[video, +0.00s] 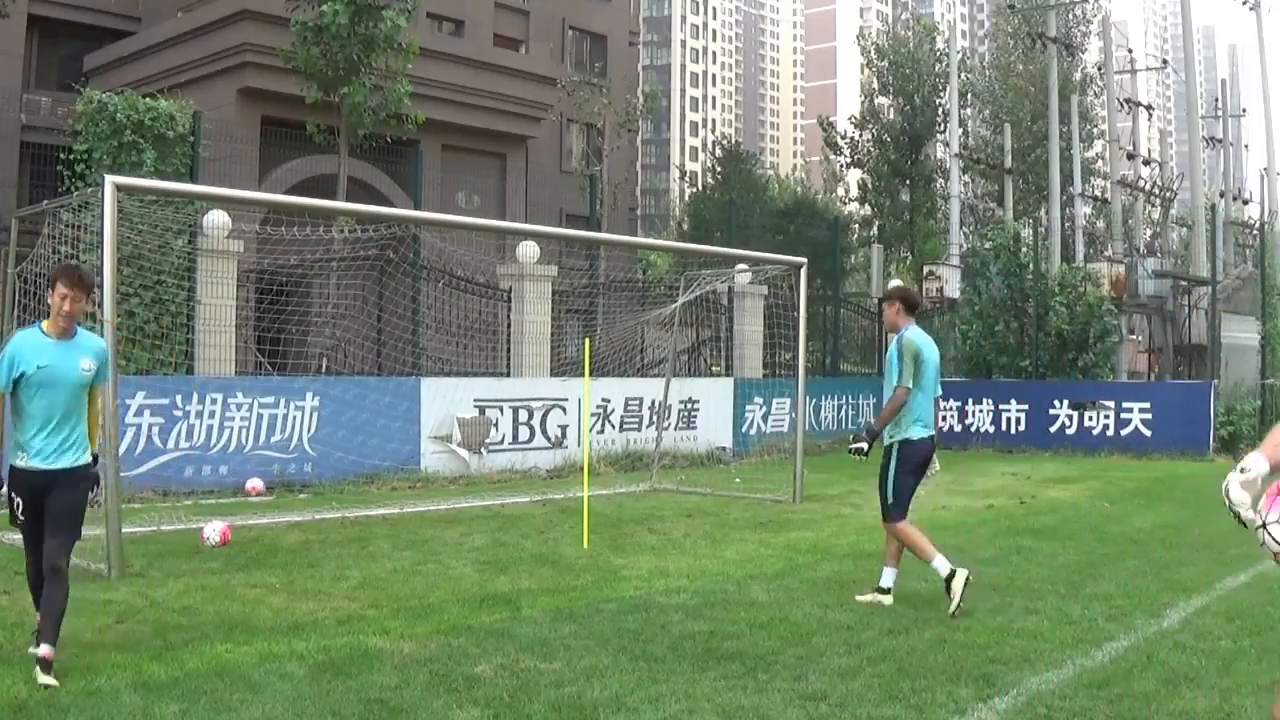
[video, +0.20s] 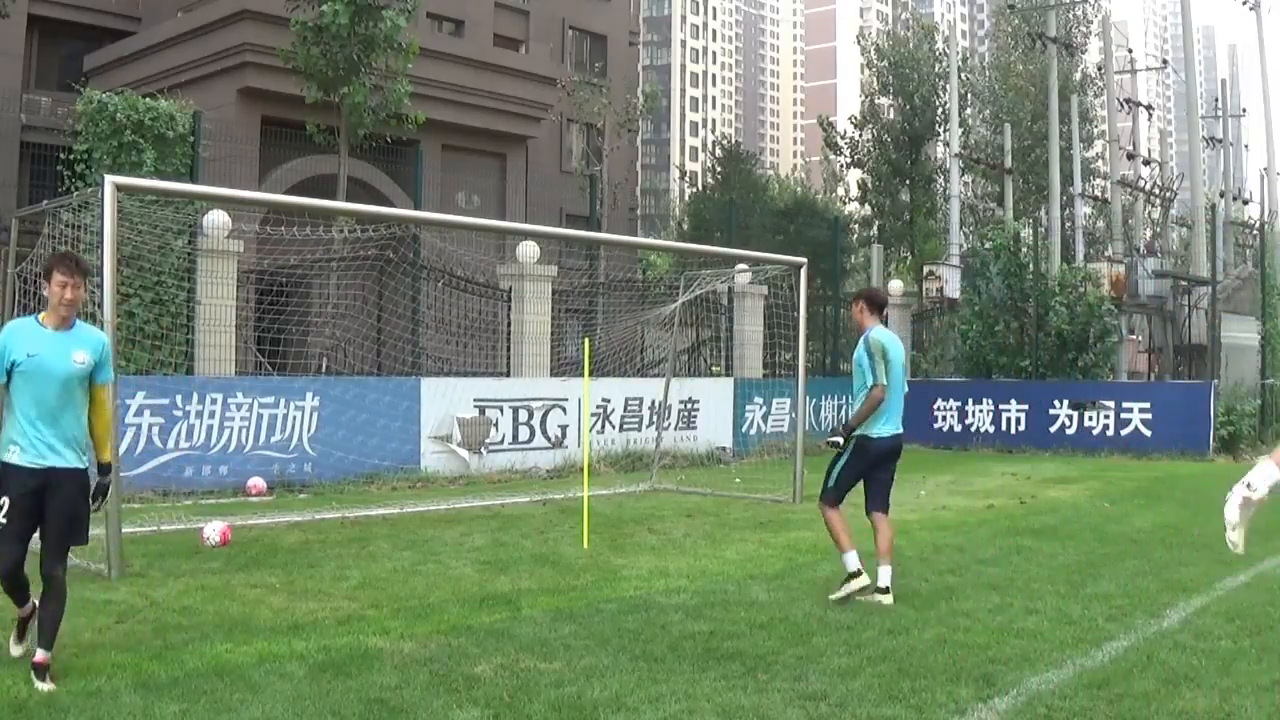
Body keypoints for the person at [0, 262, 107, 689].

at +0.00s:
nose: (68, 307)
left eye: (77, 301)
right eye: (63, 298)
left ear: (86, 305)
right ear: (50, 296)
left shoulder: (96, 349)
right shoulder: (19, 345)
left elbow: (95, 406)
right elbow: (2, 402)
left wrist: (95, 455)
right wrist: (4, 460)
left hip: (74, 469)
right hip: (26, 468)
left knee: (57, 562)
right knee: (36, 562)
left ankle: (47, 652)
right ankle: (44, 621)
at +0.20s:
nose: (69, 293)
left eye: (76, 286)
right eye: (62, 284)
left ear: (85, 292)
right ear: (47, 287)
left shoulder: (96, 343)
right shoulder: (14, 333)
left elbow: (101, 408)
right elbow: (1, 395)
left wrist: (105, 466)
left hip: (69, 469)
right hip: (16, 464)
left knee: (54, 568)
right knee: (7, 565)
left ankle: (42, 661)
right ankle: (26, 609)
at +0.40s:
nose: (68, 289)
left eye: (74, 282)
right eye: (59, 281)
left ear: (81, 287)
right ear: (41, 284)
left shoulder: (96, 339)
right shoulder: (10, 335)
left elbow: (110, 405)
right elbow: (2, 400)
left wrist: (125, 453)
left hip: (70, 473)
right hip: (17, 468)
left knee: (52, 574)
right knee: (17, 571)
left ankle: (40, 665)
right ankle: (14, 667)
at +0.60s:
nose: (69, 288)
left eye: (74, 280)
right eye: (59, 280)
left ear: (79, 287)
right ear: (36, 285)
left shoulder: (96, 341)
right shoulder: (8, 341)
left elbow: (112, 408)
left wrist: (133, 449)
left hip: (73, 482)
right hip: (20, 480)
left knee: (58, 586)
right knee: (32, 590)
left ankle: (45, 658)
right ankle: (41, 698)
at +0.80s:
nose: (70, 276)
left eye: (75, 267)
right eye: (60, 267)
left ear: (80, 274)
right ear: (36, 274)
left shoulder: (97, 331)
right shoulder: (9, 334)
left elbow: (108, 406)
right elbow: (3, 411)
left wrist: (123, 468)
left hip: (81, 483)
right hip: (22, 483)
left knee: (92, 592)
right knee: (30, 598)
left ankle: (62, 652)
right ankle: (40, 701)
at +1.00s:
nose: (84, 275)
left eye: (89, 266)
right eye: (73, 266)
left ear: (94, 271)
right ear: (47, 273)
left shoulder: (104, 331)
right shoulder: (20, 331)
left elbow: (108, 408)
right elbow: (2, 407)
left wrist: (110, 471)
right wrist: (4, 470)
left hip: (94, 487)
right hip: (36, 491)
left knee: (110, 600)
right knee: (38, 607)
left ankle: (116, 712)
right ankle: (42, 704)